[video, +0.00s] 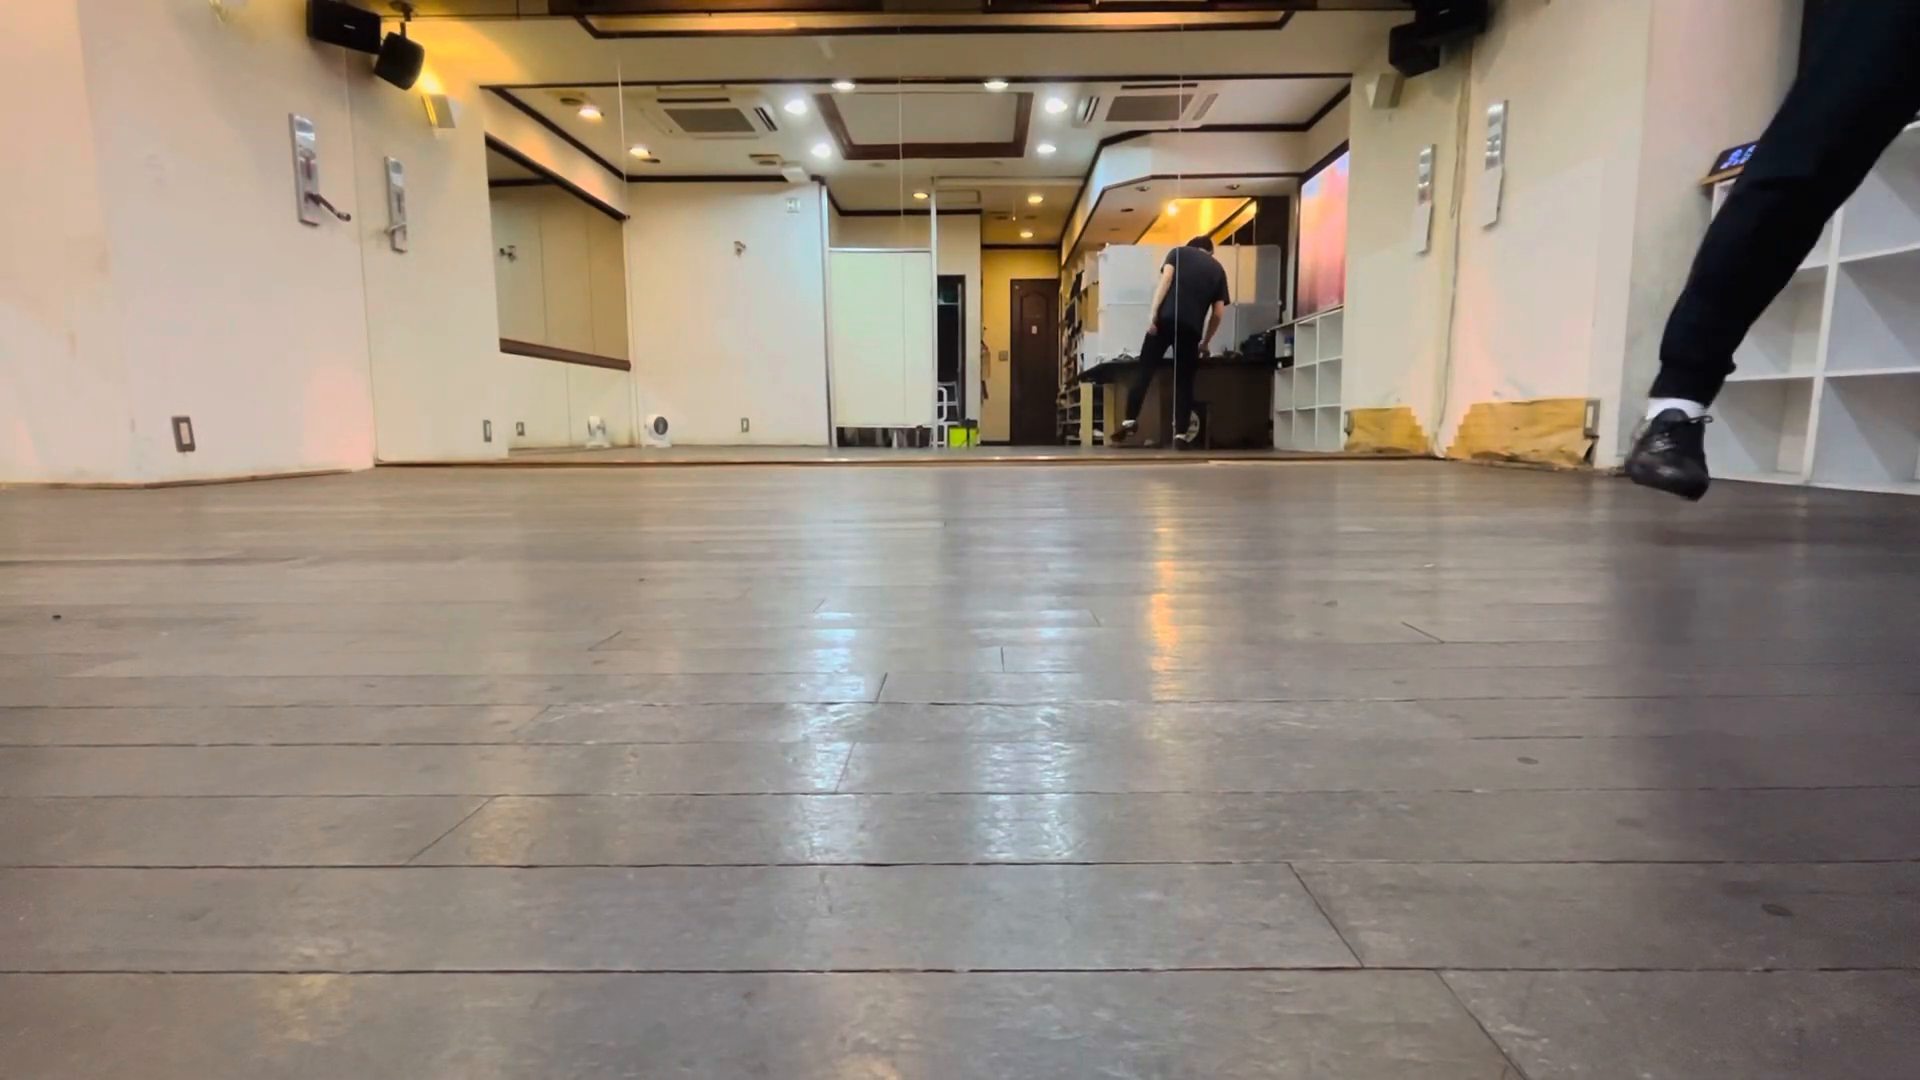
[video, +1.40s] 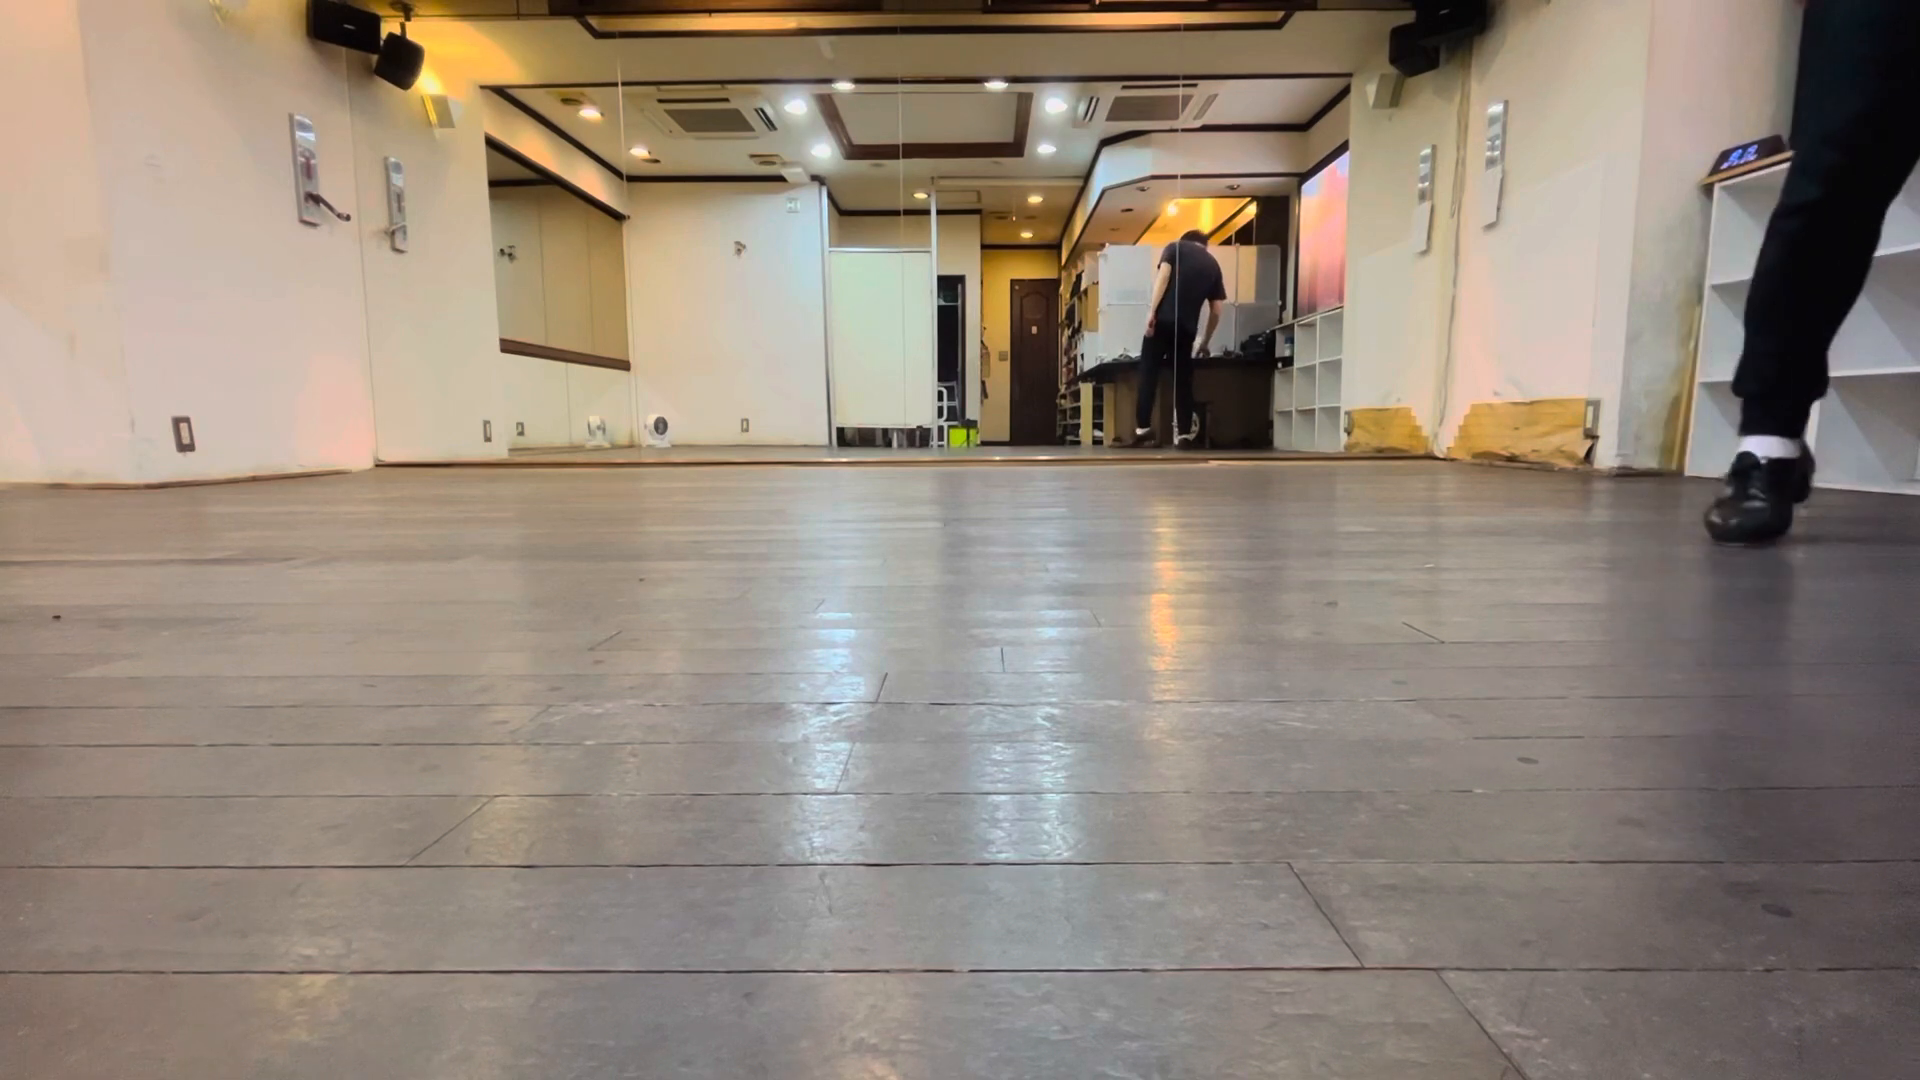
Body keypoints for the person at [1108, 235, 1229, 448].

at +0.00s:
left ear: (1190, 246)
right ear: (1211, 252)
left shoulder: (1178, 252)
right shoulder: (1218, 270)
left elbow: (1167, 277)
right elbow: (1218, 314)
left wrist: (1153, 314)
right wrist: (1206, 342)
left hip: (1166, 320)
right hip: (1191, 328)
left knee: (1145, 368)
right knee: (1185, 380)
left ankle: (1130, 418)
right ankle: (1180, 433)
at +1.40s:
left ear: (1185, 240)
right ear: (1204, 245)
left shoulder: (1175, 246)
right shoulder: (1213, 264)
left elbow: (1164, 275)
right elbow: (1216, 311)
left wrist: (1152, 311)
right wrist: (1205, 342)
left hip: (1161, 323)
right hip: (1186, 328)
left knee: (1148, 373)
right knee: (1184, 378)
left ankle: (1143, 427)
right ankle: (1182, 433)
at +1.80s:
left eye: (1172, 239)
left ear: (1173, 238)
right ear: (1194, 243)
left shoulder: (1163, 248)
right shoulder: (1202, 262)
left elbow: (1152, 280)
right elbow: (1209, 311)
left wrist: (1141, 316)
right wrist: (1204, 343)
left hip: (1153, 326)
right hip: (1178, 330)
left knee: (1144, 375)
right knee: (1179, 378)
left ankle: (1145, 429)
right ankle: (1181, 432)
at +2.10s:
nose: (1160, 247)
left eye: (1161, 243)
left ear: (1164, 241)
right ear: (1183, 242)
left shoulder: (1160, 250)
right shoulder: (1196, 261)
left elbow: (1158, 280)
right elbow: (1205, 305)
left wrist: (1150, 318)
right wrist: (1201, 339)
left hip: (1154, 325)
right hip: (1179, 330)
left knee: (1139, 372)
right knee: (1178, 378)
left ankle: (1139, 428)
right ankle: (1182, 433)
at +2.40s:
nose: (1131, 250)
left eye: (1131, 247)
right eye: (1130, 247)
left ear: (1134, 243)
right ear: (1154, 241)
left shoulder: (1140, 253)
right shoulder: (1174, 259)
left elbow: (1148, 280)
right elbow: (1185, 294)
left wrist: (1159, 313)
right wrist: (1180, 321)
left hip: (1145, 326)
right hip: (1170, 327)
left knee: (1131, 376)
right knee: (1173, 378)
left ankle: (1120, 432)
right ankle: (1182, 432)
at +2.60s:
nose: (1108, 249)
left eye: (1107, 245)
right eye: (1107, 246)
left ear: (1110, 243)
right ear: (1130, 239)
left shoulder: (1116, 255)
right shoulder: (1149, 256)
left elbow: (1125, 282)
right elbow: (1164, 293)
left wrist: (1135, 317)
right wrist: (1160, 322)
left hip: (1127, 325)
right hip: (1152, 325)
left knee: (1115, 374)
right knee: (1156, 374)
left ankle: (1117, 434)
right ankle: (1172, 429)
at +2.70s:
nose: (1099, 249)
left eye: (1098, 245)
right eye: (1098, 246)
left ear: (1102, 242)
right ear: (1121, 238)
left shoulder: (1107, 256)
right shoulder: (1140, 257)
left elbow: (1110, 287)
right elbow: (1155, 292)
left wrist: (1111, 324)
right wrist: (1152, 327)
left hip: (1119, 326)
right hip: (1142, 326)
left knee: (1110, 376)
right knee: (1139, 372)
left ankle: (1116, 434)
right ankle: (1165, 420)